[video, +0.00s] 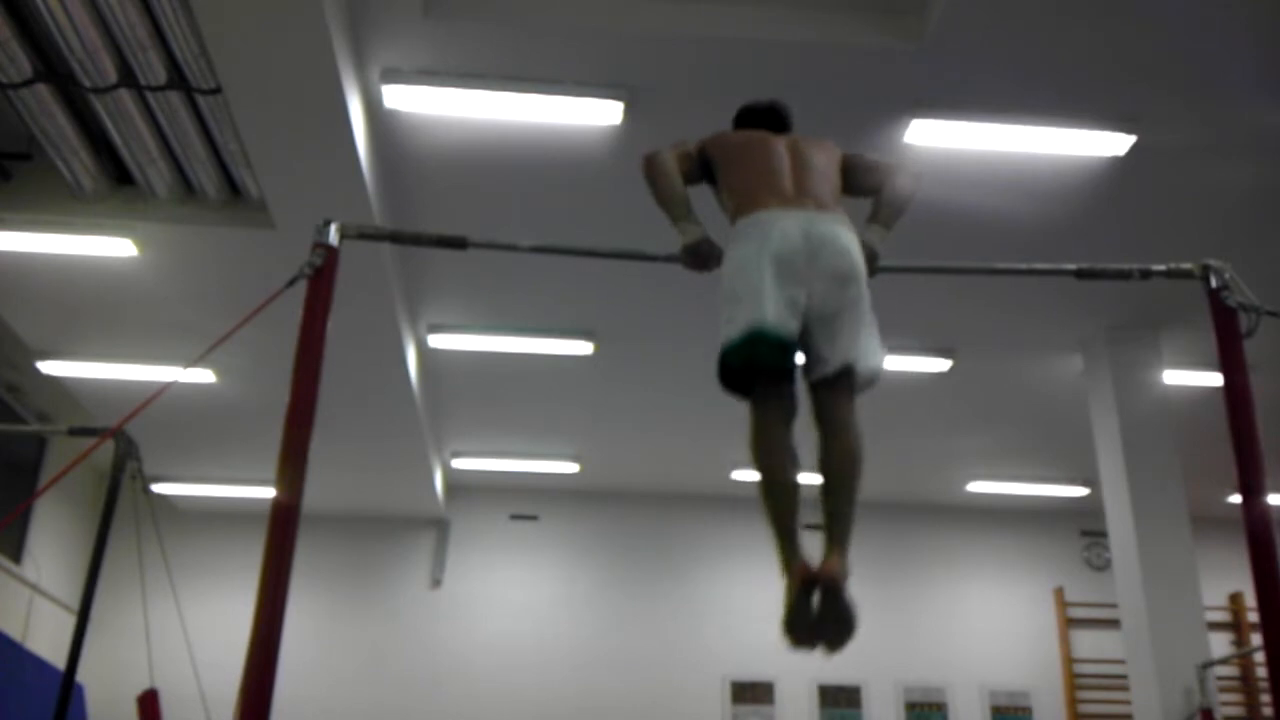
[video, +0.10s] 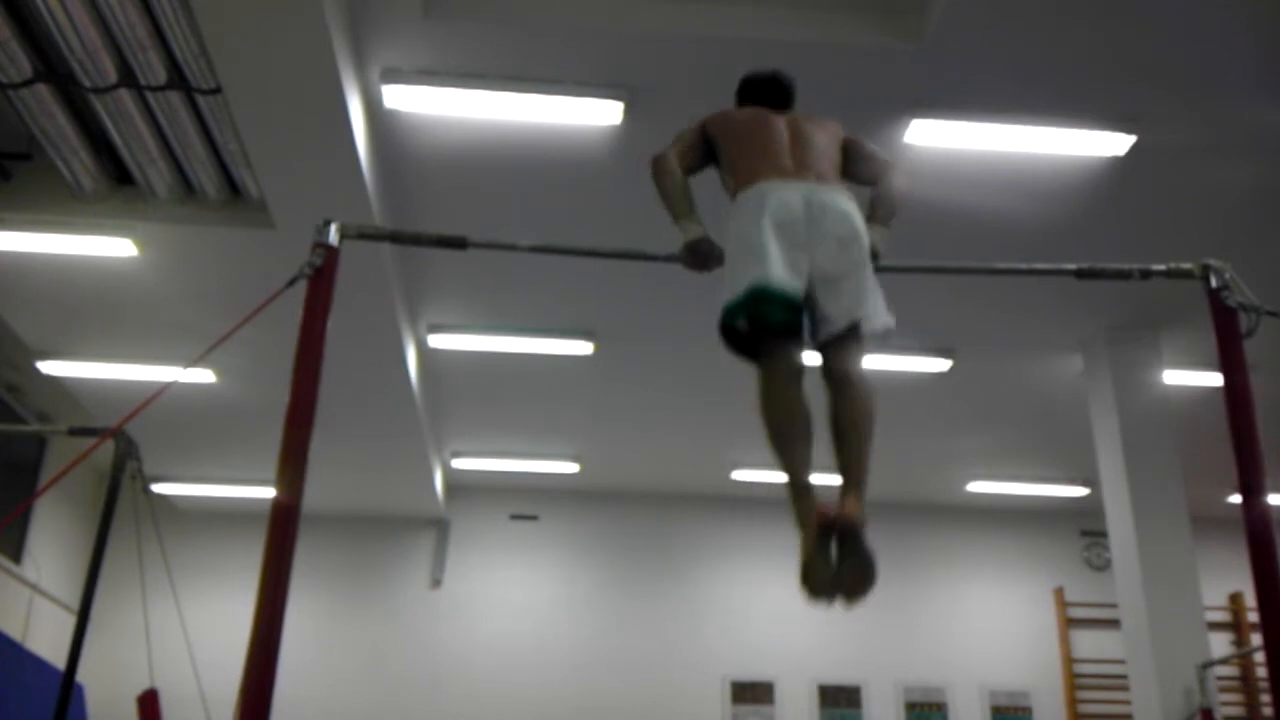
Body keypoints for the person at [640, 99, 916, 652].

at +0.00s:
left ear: (736, 131)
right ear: (792, 130)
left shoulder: (723, 145)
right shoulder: (826, 153)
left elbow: (658, 161)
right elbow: (896, 180)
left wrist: (689, 232)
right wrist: (874, 238)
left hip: (761, 238)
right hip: (835, 239)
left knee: (772, 416)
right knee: (838, 412)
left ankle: (795, 568)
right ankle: (836, 562)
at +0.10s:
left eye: (741, 104)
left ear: (738, 104)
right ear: (793, 106)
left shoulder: (722, 123)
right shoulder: (828, 133)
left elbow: (666, 163)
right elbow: (886, 176)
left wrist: (691, 232)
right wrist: (873, 232)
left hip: (762, 214)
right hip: (836, 214)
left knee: (781, 371)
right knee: (846, 368)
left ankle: (808, 518)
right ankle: (852, 504)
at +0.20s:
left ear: (743, 72)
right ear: (797, 73)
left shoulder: (723, 93)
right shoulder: (832, 99)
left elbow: (683, 158)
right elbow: (872, 172)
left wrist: (691, 226)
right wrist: (870, 233)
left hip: (764, 182)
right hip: (839, 184)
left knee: (783, 332)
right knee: (849, 327)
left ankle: (813, 465)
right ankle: (855, 455)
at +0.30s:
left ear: (747, 50)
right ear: (802, 50)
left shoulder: (725, 70)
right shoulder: (837, 76)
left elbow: (696, 147)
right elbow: (864, 154)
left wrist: (694, 221)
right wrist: (862, 219)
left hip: (764, 160)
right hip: (841, 168)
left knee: (780, 311)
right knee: (847, 305)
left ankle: (805, 445)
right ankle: (851, 430)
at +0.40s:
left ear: (752, 55)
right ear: (808, 56)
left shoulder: (730, 73)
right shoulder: (841, 79)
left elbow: (695, 145)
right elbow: (867, 153)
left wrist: (695, 221)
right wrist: (870, 218)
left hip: (765, 166)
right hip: (844, 173)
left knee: (778, 320)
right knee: (846, 323)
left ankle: (800, 458)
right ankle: (846, 449)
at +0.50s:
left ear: (753, 80)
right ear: (811, 81)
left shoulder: (737, 95)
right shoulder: (844, 102)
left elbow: (684, 145)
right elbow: (887, 169)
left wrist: (692, 229)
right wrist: (872, 235)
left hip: (768, 198)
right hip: (845, 204)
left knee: (774, 358)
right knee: (845, 357)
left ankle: (793, 503)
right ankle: (843, 502)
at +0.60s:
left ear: (752, 104)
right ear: (811, 106)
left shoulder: (737, 119)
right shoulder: (843, 129)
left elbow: (679, 151)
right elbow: (903, 177)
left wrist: (693, 235)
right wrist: (871, 243)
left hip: (769, 244)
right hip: (844, 250)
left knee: (772, 420)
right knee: (842, 419)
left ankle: (789, 576)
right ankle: (837, 573)